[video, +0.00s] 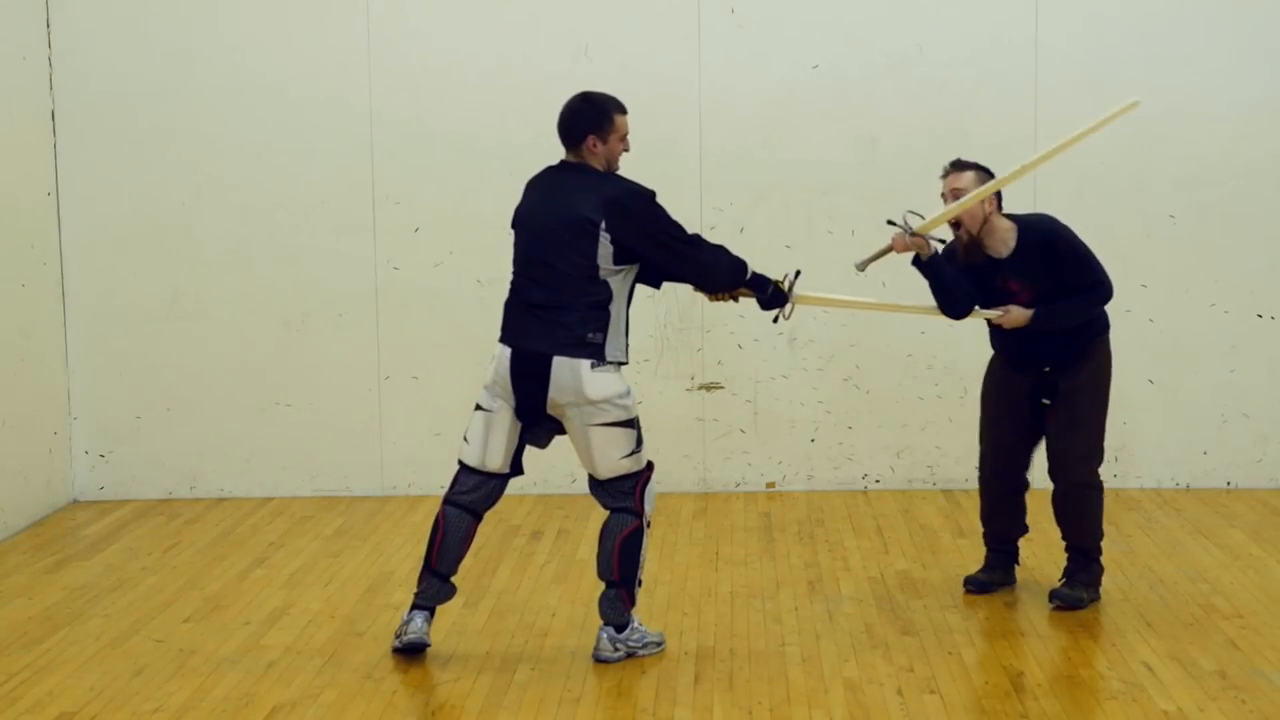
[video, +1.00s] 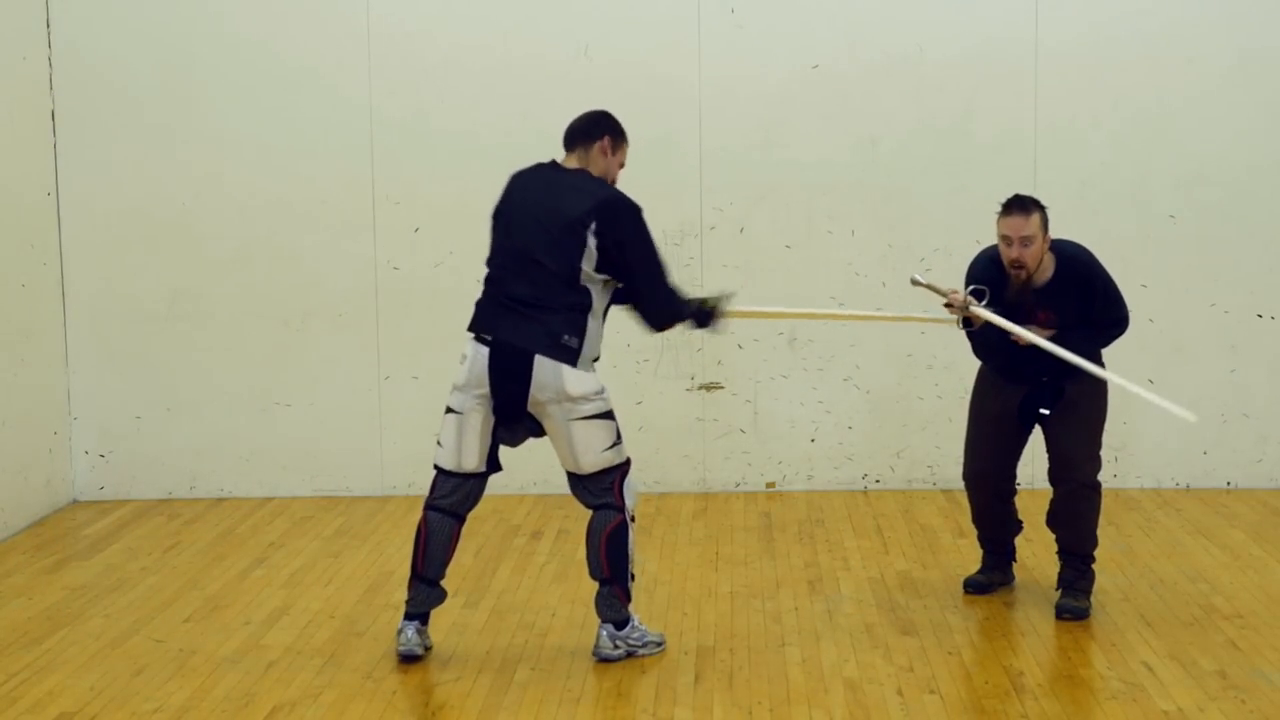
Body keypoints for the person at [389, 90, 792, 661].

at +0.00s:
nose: (626, 148)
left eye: (625, 137)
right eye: (622, 138)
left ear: (575, 141)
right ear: (594, 141)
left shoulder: (537, 190)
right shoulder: (621, 199)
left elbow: (617, 258)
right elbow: (690, 253)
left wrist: (695, 275)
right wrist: (757, 282)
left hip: (516, 362)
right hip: (588, 370)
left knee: (472, 485)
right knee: (626, 495)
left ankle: (420, 613)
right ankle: (617, 628)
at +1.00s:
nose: (620, 173)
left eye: (621, 162)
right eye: (620, 161)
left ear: (570, 147)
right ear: (604, 148)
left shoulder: (521, 182)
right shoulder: (612, 205)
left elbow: (542, 270)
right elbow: (657, 308)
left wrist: (622, 288)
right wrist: (694, 309)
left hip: (486, 356)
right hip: (560, 367)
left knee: (450, 489)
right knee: (608, 493)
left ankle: (413, 621)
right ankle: (616, 625)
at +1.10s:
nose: (601, 166)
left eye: (603, 156)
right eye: (602, 155)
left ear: (552, 139)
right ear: (588, 146)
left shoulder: (491, 178)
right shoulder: (592, 206)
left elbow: (446, 262)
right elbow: (605, 310)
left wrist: (482, 313)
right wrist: (563, 334)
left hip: (475, 354)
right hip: (552, 363)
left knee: (451, 489)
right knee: (601, 489)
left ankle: (419, 623)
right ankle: (617, 623)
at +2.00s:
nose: (613, 148)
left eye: (613, 137)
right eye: (611, 137)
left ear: (562, 132)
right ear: (588, 134)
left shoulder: (510, 190)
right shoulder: (616, 190)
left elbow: (481, 289)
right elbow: (610, 252)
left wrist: (526, 272)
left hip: (538, 353)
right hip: (603, 349)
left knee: (537, 470)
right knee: (608, 481)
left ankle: (474, 587)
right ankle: (566, 623)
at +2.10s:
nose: (648, 144)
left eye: (648, 133)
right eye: (645, 133)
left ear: (597, 129)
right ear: (622, 130)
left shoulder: (539, 186)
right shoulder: (647, 187)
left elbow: (515, 273)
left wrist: (566, 267)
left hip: (566, 347)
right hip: (623, 342)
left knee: (596, 465)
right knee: (616, 477)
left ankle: (557, 581)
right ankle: (567, 622)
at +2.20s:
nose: (682, 152)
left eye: (684, 141)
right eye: (679, 140)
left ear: (637, 132)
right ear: (653, 132)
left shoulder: (576, 180)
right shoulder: (669, 187)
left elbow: (558, 259)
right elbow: (681, 227)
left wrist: (602, 277)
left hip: (597, 348)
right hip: (643, 346)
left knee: (673, 446)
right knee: (621, 483)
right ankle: (567, 621)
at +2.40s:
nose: (752, 176)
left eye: (755, 166)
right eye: (748, 164)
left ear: (714, 157)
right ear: (716, 153)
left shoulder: (668, 205)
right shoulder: (717, 213)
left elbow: (713, 279)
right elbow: (770, 271)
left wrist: (772, 269)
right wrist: (773, 248)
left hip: (717, 375)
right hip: (684, 377)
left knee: (778, 478)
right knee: (657, 509)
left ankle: (803, 584)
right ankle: (570, 611)